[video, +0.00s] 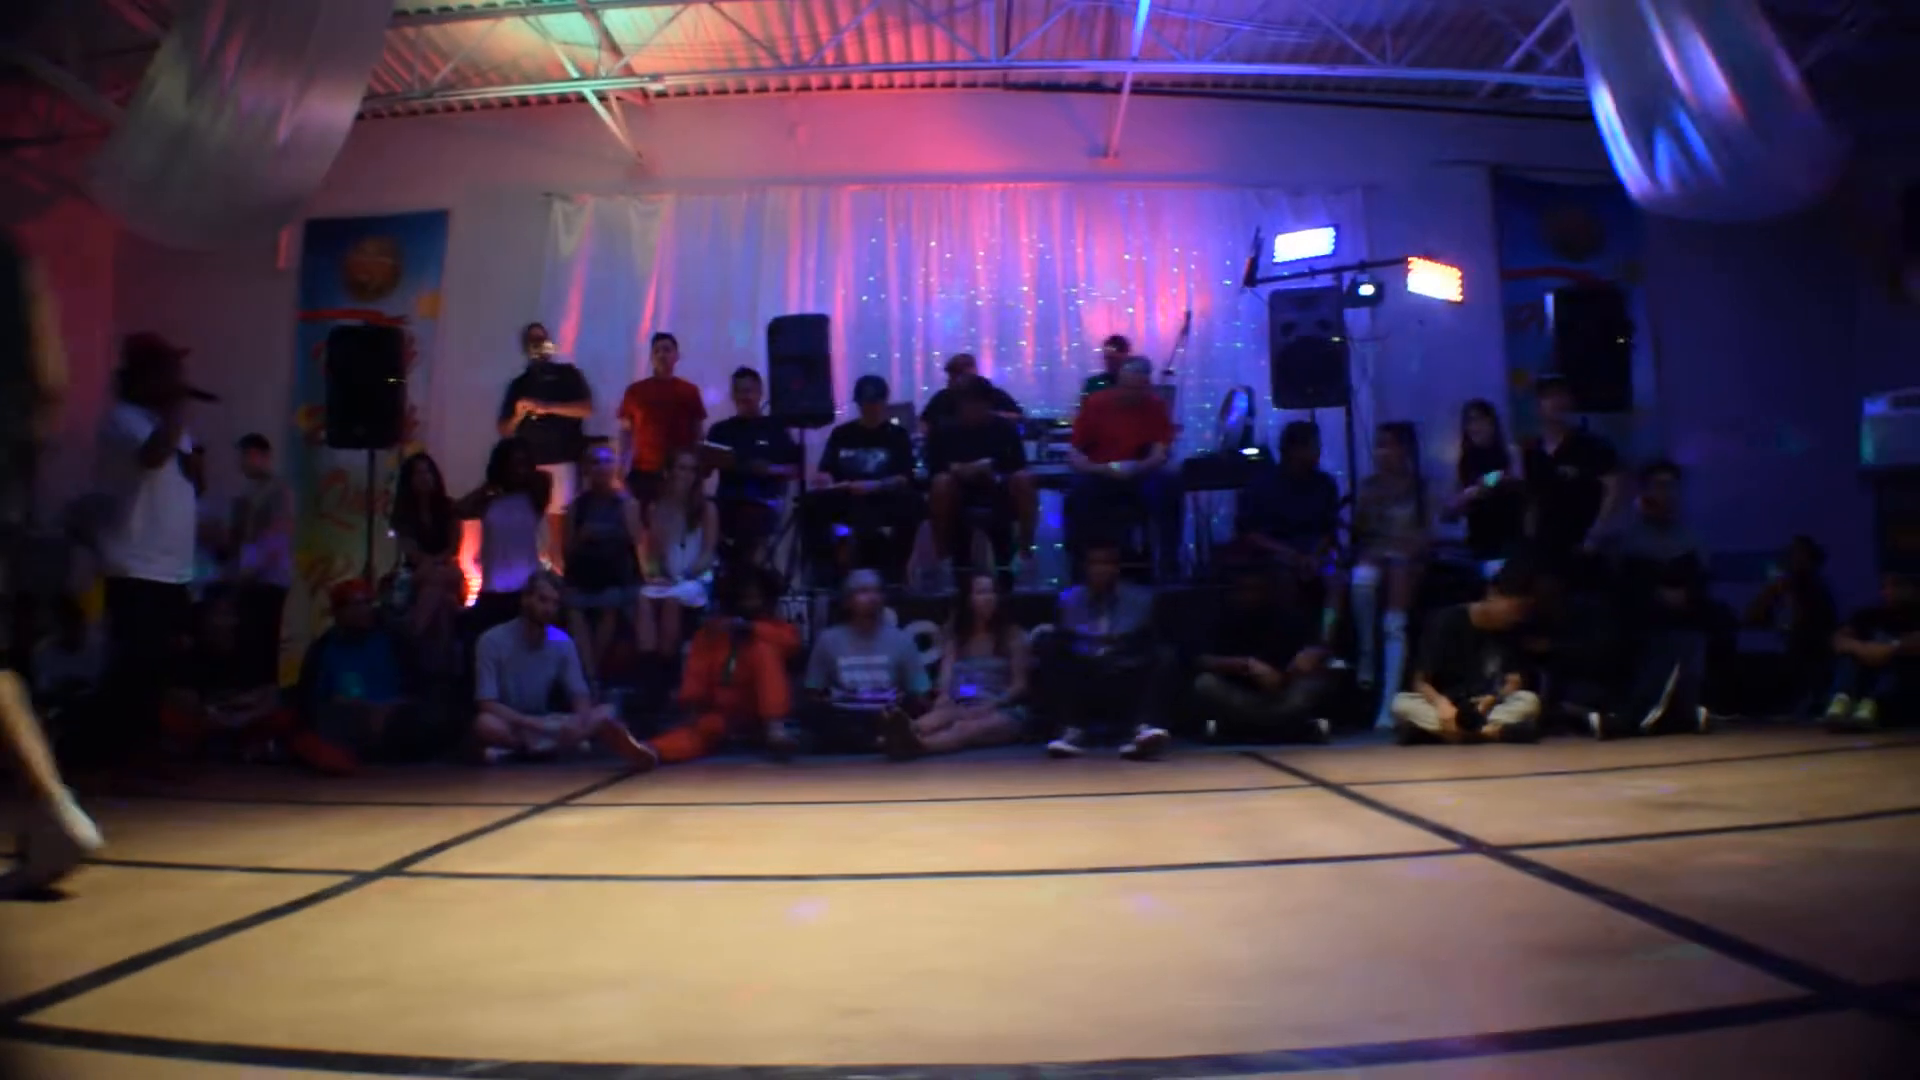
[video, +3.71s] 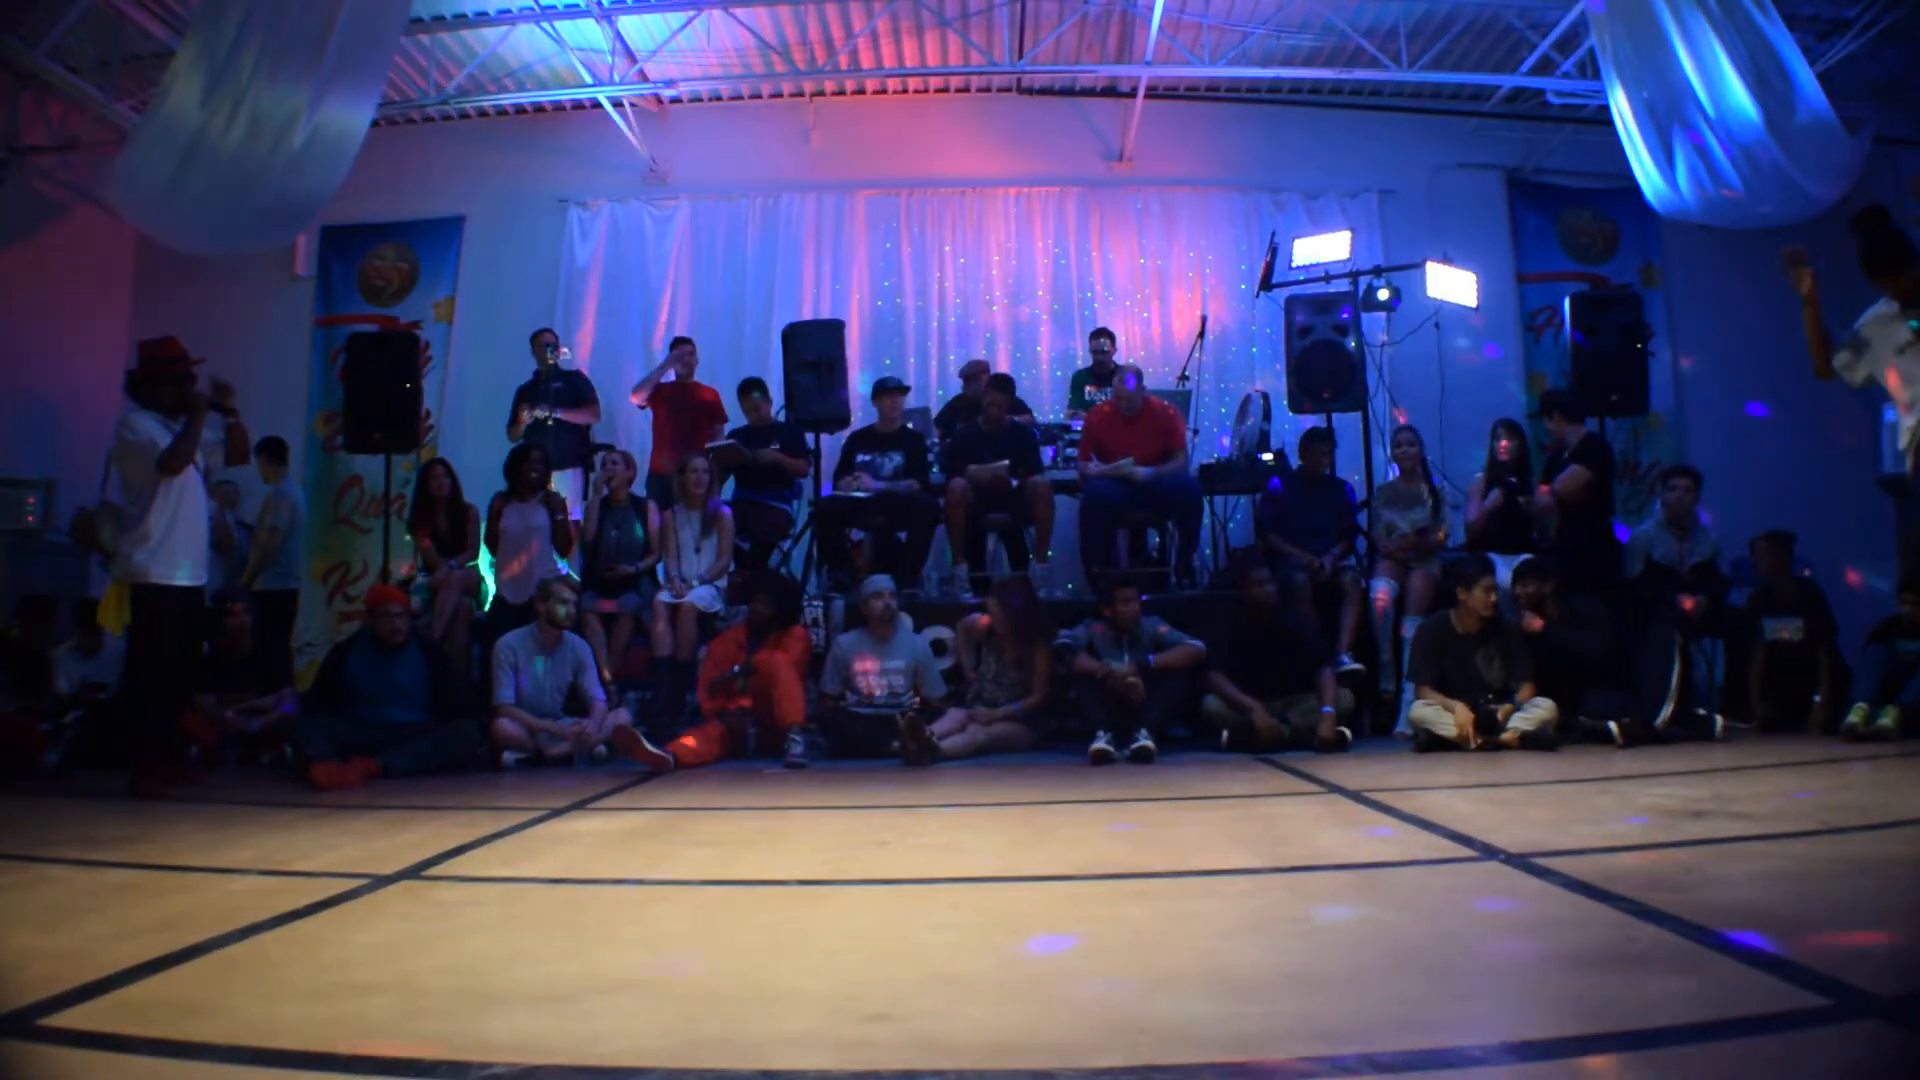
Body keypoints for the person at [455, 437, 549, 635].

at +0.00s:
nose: (517, 469)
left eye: (522, 462)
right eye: (511, 462)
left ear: (528, 464)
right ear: (499, 464)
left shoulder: (534, 499)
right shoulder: (487, 502)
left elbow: (543, 479)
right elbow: (459, 509)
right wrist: (488, 488)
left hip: (527, 590)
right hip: (493, 591)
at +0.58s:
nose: (520, 473)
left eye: (524, 466)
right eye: (514, 467)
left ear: (531, 469)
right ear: (502, 469)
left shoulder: (535, 501)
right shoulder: (493, 504)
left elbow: (551, 494)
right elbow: (465, 521)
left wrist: (527, 483)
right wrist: (491, 494)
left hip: (530, 591)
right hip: (498, 593)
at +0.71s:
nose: (543, 473)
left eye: (548, 467)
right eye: (538, 467)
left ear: (555, 470)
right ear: (526, 469)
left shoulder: (558, 500)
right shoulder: (518, 502)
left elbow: (576, 495)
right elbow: (490, 522)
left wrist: (552, 483)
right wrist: (515, 494)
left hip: (552, 590)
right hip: (520, 590)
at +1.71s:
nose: (530, 473)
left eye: (536, 467)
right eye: (526, 467)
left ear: (547, 471)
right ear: (518, 471)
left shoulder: (553, 500)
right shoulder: (513, 505)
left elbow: (557, 511)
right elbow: (488, 517)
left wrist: (555, 491)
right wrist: (514, 493)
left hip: (545, 593)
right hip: (511, 593)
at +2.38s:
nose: (538, 471)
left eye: (542, 465)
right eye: (532, 465)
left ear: (548, 470)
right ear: (518, 469)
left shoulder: (555, 503)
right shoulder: (505, 503)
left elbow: (555, 532)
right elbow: (486, 539)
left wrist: (549, 500)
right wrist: (506, 502)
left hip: (544, 595)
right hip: (509, 594)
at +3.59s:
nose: (534, 470)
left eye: (540, 465)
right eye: (528, 464)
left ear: (547, 470)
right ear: (515, 468)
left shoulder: (554, 500)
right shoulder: (501, 500)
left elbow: (566, 546)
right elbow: (491, 546)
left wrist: (557, 511)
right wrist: (496, 513)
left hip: (544, 593)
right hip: (508, 593)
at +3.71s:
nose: (534, 470)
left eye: (539, 464)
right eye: (528, 464)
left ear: (546, 470)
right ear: (515, 468)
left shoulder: (553, 501)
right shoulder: (501, 501)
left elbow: (564, 548)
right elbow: (491, 543)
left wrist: (557, 512)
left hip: (543, 591)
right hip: (508, 590)